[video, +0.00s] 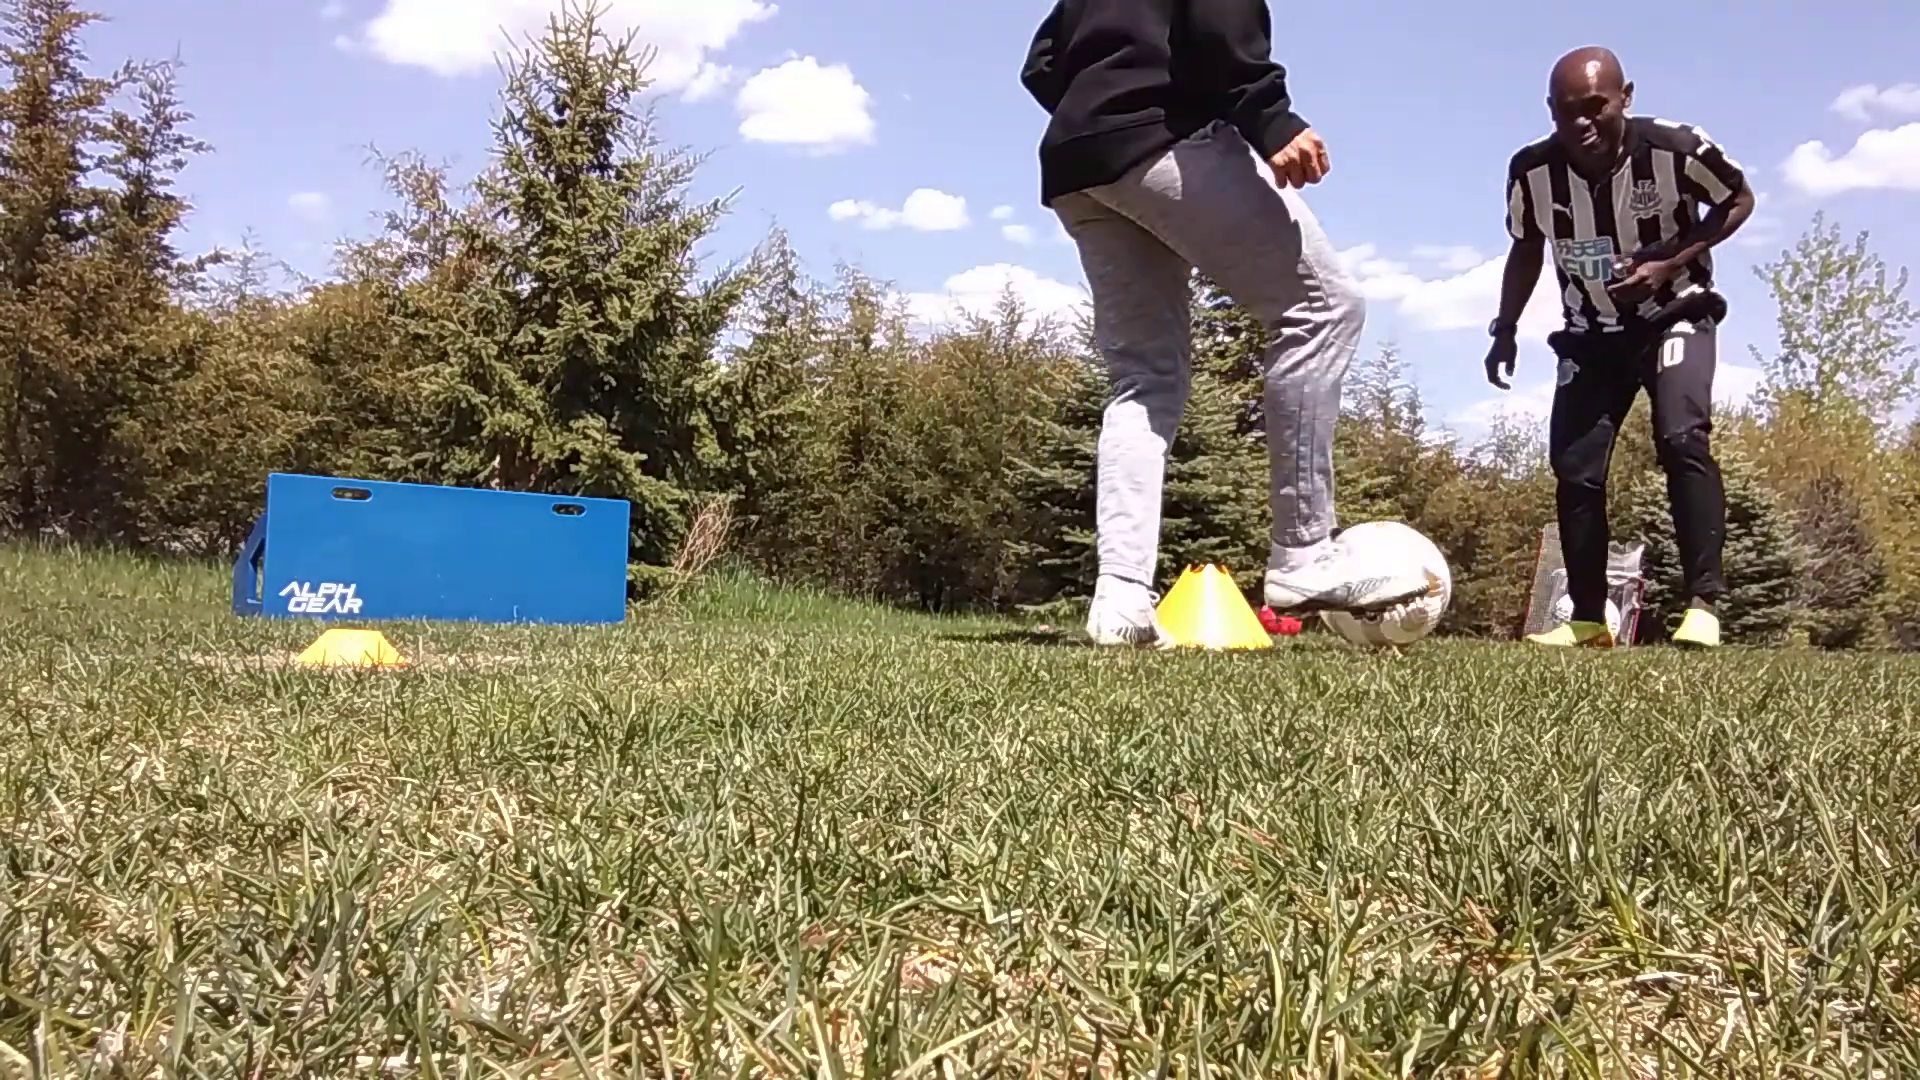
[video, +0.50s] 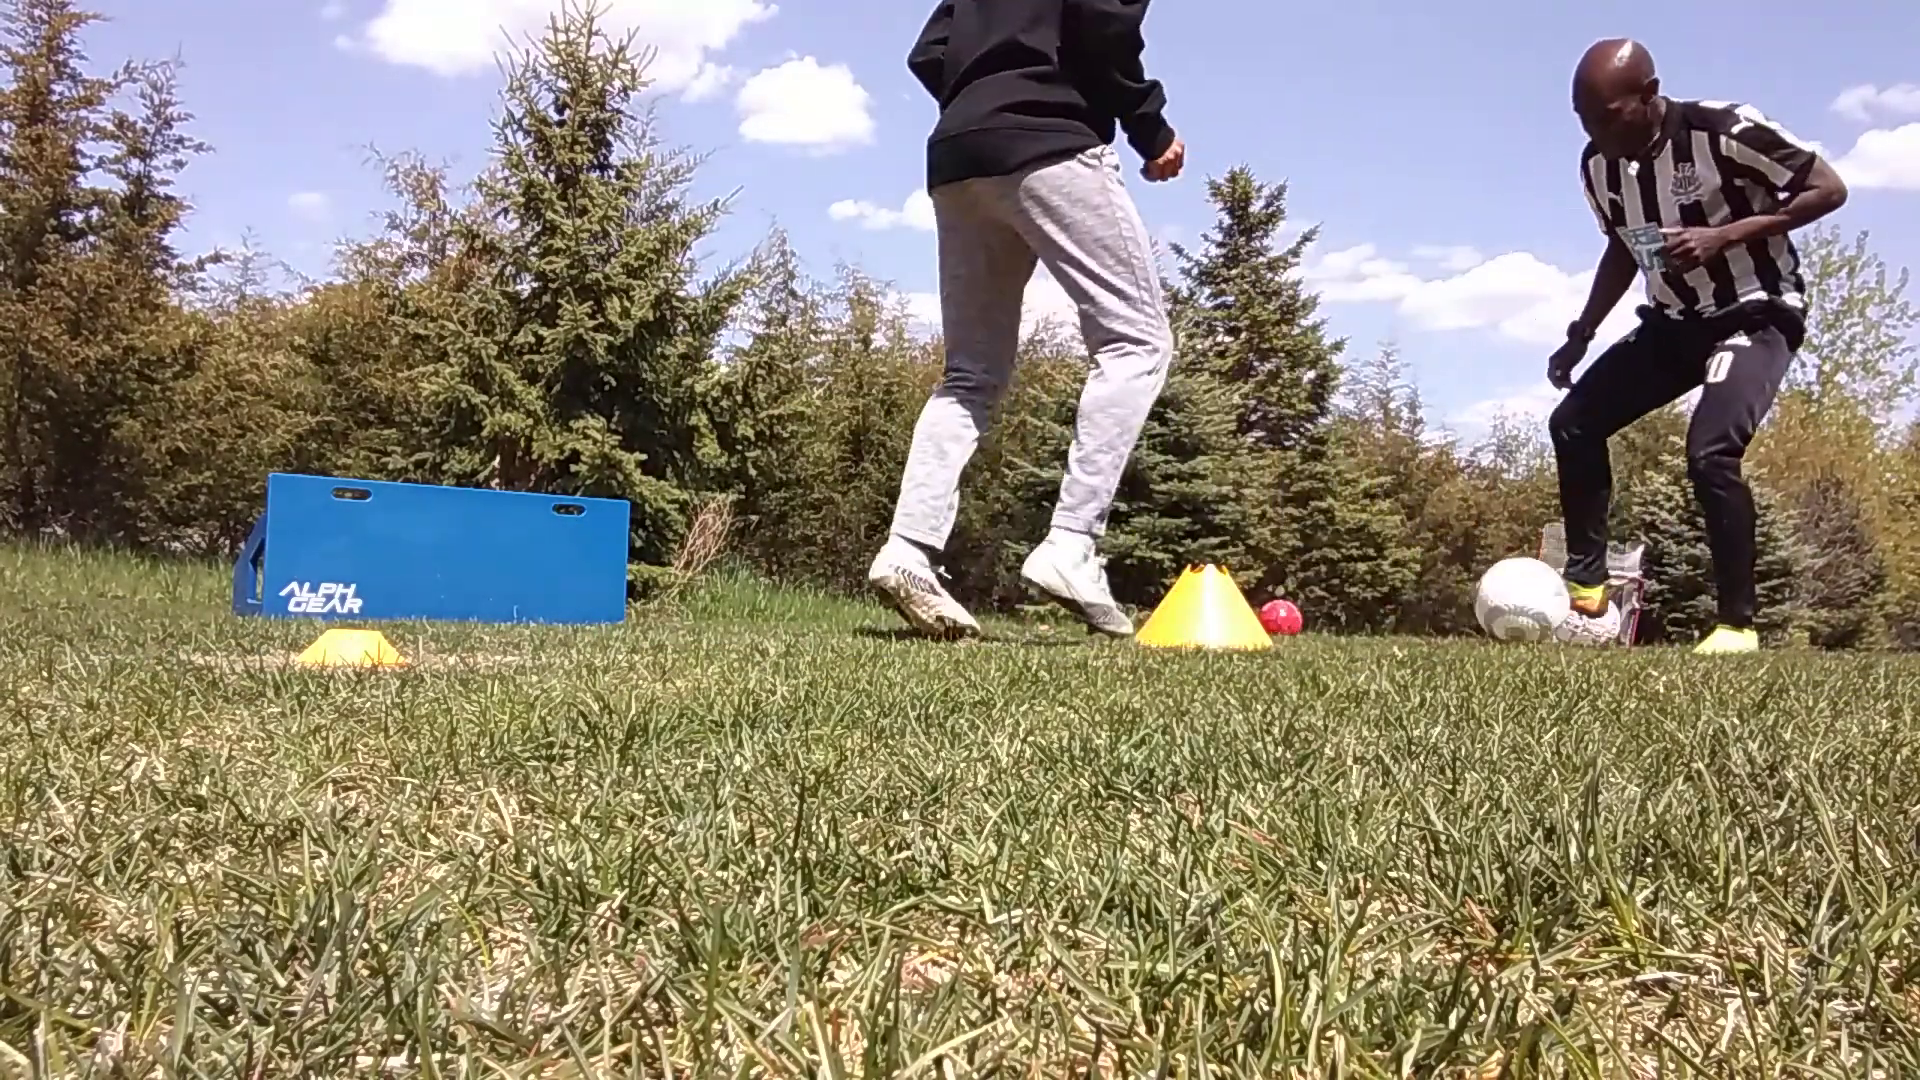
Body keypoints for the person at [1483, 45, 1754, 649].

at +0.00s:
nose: (1580, 121)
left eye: (1594, 106)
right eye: (1566, 109)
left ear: (1625, 99)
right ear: (1551, 109)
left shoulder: (1675, 147)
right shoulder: (1531, 170)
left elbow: (1739, 199)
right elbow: (1527, 247)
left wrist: (1674, 261)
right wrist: (1506, 326)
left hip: (1675, 321)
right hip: (1592, 334)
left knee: (1682, 443)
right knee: (1574, 470)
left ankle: (1703, 607)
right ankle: (1588, 618)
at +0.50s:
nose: (1591, 131)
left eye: (1600, 116)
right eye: (1585, 118)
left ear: (1647, 97)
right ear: (1585, 108)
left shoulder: (1725, 130)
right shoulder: (1599, 165)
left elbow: (1828, 188)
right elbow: (1623, 248)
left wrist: (1726, 234)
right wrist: (1583, 331)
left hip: (1756, 318)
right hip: (1676, 324)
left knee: (1710, 451)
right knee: (1573, 423)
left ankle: (1737, 626)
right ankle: (1585, 585)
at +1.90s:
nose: (1615, 157)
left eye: (1624, 143)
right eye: (1610, 144)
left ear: (1665, 123)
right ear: (1608, 132)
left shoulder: (1738, 139)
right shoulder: (1623, 182)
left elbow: (1849, 179)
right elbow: (1668, 253)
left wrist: (1753, 221)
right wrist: (1648, 339)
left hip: (1780, 318)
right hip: (1705, 334)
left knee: (1740, 450)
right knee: (1645, 455)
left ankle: (1756, 623)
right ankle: (1677, 615)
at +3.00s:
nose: (1558, 138)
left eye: (1572, 125)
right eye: (1552, 126)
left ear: (1615, 118)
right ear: (1547, 124)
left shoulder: (1682, 154)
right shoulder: (1546, 191)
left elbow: (1759, 210)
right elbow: (1564, 269)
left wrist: (1707, 296)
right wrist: (1566, 348)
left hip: (1709, 329)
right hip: (1626, 345)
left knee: (1720, 456)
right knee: (1601, 473)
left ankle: (1752, 620)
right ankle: (1598, 622)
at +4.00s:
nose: (1648, 133)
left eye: (1663, 118)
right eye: (1636, 119)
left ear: (1692, 104)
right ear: (1618, 111)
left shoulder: (1744, 152)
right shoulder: (1600, 179)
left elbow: (1841, 196)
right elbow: (1598, 247)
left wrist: (1796, 254)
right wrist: (1577, 321)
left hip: (1747, 333)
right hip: (1652, 348)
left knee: (1793, 451)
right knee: (1610, 479)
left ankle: (1848, 606)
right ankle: (1597, 623)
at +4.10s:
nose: (1676, 105)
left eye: (1692, 89)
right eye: (1664, 89)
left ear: (1724, 70)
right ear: (1648, 77)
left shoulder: (1779, 120)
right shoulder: (1633, 149)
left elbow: (1868, 165)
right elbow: (1636, 226)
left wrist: (1832, 233)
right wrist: (1605, 298)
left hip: (1788, 323)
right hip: (1696, 333)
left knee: (1820, 459)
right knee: (1642, 460)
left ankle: (1860, 620)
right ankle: (1614, 612)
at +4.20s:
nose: (1710, 109)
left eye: (1728, 92)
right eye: (1697, 92)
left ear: (1756, 73)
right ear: (1680, 77)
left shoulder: (1812, 120)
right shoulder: (1661, 157)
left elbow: (1891, 171)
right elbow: (1662, 247)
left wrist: (1861, 255)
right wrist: (1630, 319)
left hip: (1818, 323)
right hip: (1727, 334)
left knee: (1831, 463)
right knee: (1652, 434)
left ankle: (1864, 624)